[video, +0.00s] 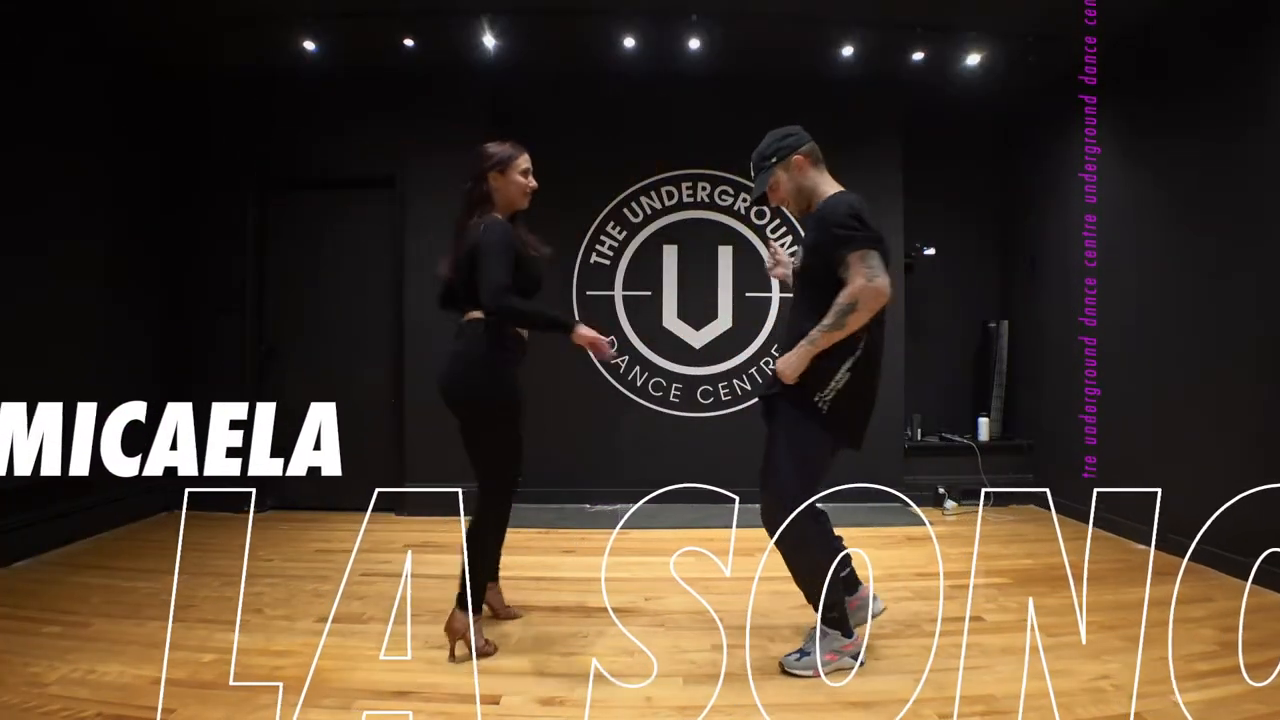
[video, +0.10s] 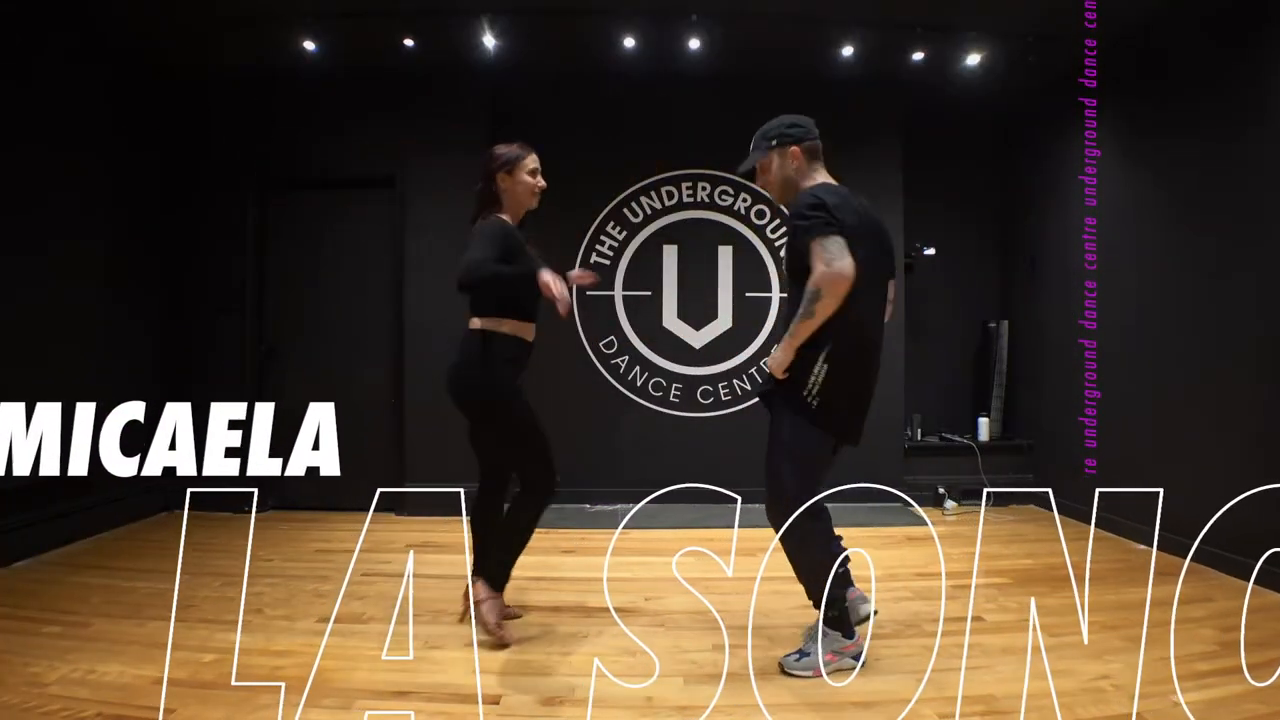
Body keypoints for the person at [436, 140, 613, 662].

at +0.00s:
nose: (533, 183)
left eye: (532, 174)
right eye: (524, 174)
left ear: (502, 184)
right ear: (495, 180)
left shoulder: (483, 229)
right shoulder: (496, 230)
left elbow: (449, 298)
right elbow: (500, 301)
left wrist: (500, 314)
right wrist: (570, 327)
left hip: (475, 363)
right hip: (486, 365)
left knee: (499, 480)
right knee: (498, 485)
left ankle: (488, 582)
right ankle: (464, 611)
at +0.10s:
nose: (542, 182)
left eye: (541, 174)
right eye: (532, 174)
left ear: (520, 182)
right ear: (503, 179)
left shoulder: (515, 236)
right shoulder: (493, 229)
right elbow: (470, 275)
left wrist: (565, 280)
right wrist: (534, 277)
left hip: (496, 367)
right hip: (486, 368)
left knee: (494, 477)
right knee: (539, 478)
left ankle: (482, 585)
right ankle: (489, 587)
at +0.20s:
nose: (547, 182)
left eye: (546, 175)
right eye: (537, 174)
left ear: (534, 185)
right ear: (508, 180)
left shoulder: (532, 240)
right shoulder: (490, 230)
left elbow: (544, 288)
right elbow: (460, 263)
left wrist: (591, 268)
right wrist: (524, 242)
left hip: (510, 369)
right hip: (488, 370)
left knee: (493, 476)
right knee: (547, 473)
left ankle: (484, 579)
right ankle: (513, 583)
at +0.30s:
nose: (550, 184)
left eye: (550, 176)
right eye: (540, 175)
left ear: (545, 187)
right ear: (510, 181)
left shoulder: (541, 242)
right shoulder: (489, 232)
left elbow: (558, 290)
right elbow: (458, 257)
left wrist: (610, 265)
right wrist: (526, 222)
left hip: (526, 369)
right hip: (495, 369)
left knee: (504, 477)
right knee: (542, 477)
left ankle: (486, 577)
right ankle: (527, 588)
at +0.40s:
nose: (556, 181)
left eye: (556, 173)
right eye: (547, 172)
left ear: (550, 182)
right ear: (517, 178)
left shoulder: (547, 244)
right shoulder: (493, 232)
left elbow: (568, 301)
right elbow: (484, 269)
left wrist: (620, 277)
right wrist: (531, 217)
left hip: (539, 368)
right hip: (502, 367)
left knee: (562, 477)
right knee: (531, 478)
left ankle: (517, 566)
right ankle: (524, 592)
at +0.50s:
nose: (559, 182)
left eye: (559, 173)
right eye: (550, 173)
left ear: (546, 182)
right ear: (520, 180)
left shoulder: (552, 242)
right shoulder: (499, 239)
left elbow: (567, 307)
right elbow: (508, 290)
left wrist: (621, 300)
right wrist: (536, 228)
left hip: (548, 370)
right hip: (505, 373)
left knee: (583, 477)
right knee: (530, 481)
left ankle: (562, 581)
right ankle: (522, 588)